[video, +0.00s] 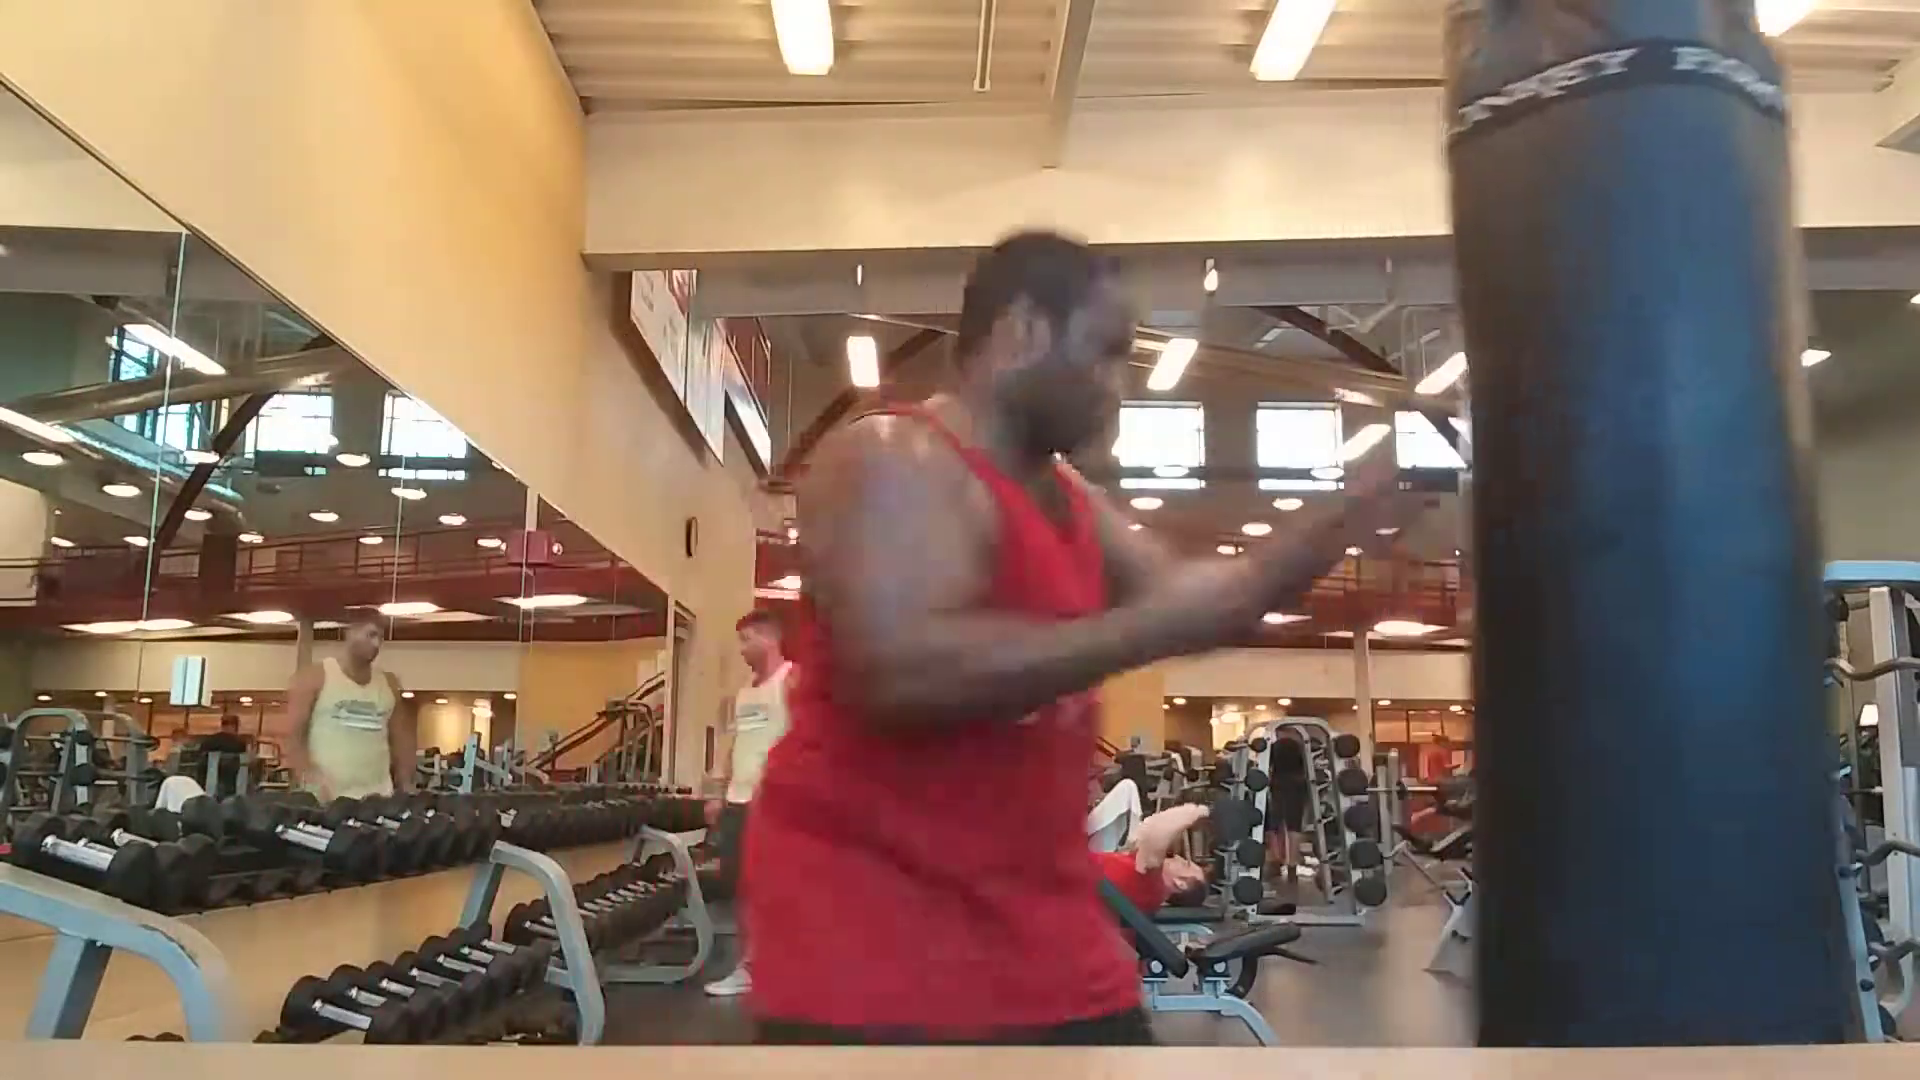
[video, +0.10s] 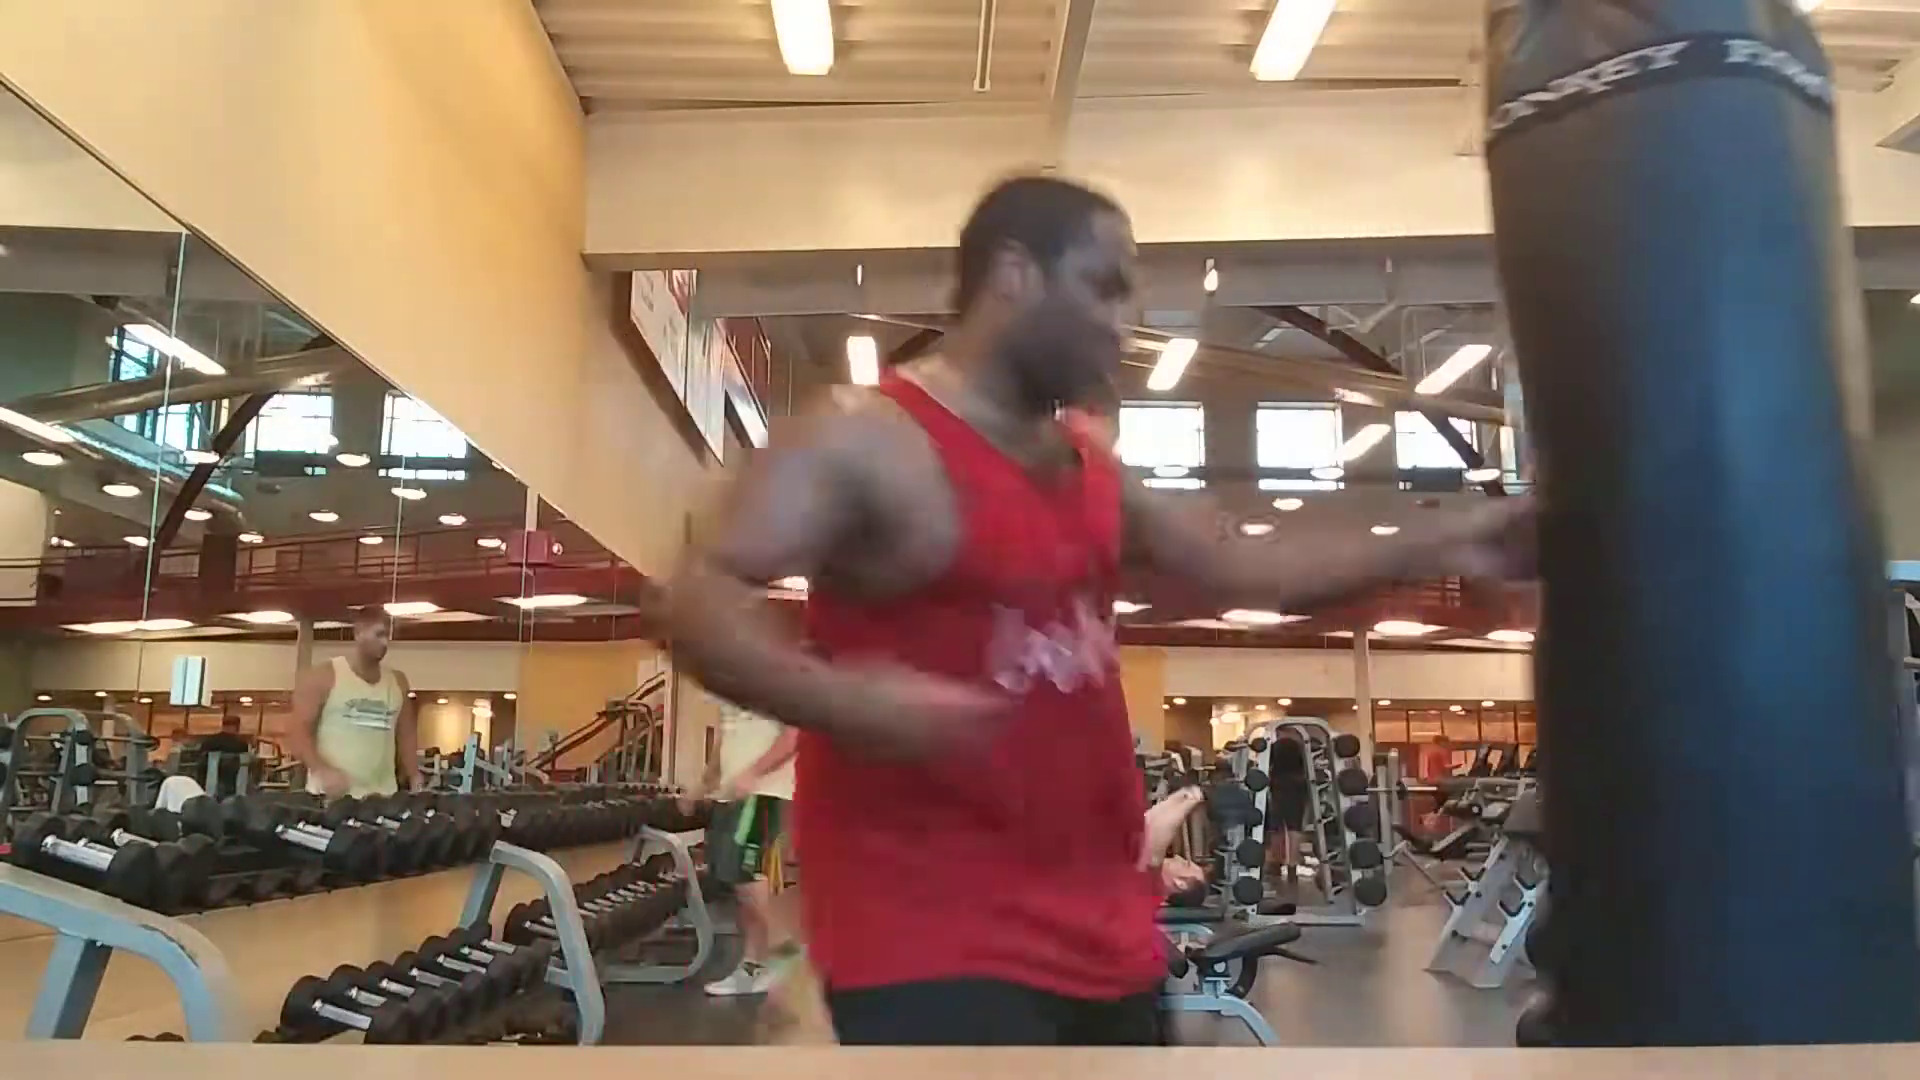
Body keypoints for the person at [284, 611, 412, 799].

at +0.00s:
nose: (378, 644)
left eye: (380, 638)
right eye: (371, 635)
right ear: (350, 633)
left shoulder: (388, 683)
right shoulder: (314, 676)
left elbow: (400, 742)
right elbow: (293, 736)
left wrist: (404, 788)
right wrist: (310, 775)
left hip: (377, 796)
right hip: (325, 797)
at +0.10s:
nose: (386, 642)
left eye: (388, 636)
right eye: (380, 634)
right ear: (358, 633)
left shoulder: (396, 681)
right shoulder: (323, 675)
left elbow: (406, 734)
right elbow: (298, 731)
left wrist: (414, 777)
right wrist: (320, 769)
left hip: (382, 795)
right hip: (332, 796)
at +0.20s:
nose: (398, 644)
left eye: (401, 636)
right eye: (392, 635)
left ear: (404, 637)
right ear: (370, 632)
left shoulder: (402, 681)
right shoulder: (334, 673)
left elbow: (410, 735)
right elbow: (310, 732)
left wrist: (422, 767)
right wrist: (348, 768)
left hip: (387, 798)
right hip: (339, 799)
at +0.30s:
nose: (409, 645)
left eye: (412, 638)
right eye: (404, 636)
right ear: (380, 632)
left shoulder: (406, 681)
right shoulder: (346, 673)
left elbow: (413, 735)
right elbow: (329, 731)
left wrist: (427, 763)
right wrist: (365, 761)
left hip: (388, 796)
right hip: (345, 795)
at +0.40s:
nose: (418, 648)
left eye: (420, 641)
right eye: (414, 639)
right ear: (392, 634)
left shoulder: (410, 682)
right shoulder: (358, 671)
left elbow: (418, 739)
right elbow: (353, 737)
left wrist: (429, 762)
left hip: (391, 792)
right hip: (351, 791)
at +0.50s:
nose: (431, 649)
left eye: (433, 641)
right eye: (428, 639)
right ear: (406, 632)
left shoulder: (415, 678)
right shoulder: (372, 672)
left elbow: (421, 736)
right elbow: (378, 740)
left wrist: (442, 767)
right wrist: (429, 775)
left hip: (389, 791)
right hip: (351, 792)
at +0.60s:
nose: (446, 652)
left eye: (448, 645)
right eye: (442, 644)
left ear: (421, 638)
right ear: (421, 637)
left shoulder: (423, 675)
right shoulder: (383, 675)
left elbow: (430, 731)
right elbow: (403, 745)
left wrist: (451, 771)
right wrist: (445, 784)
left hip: (382, 791)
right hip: (347, 789)